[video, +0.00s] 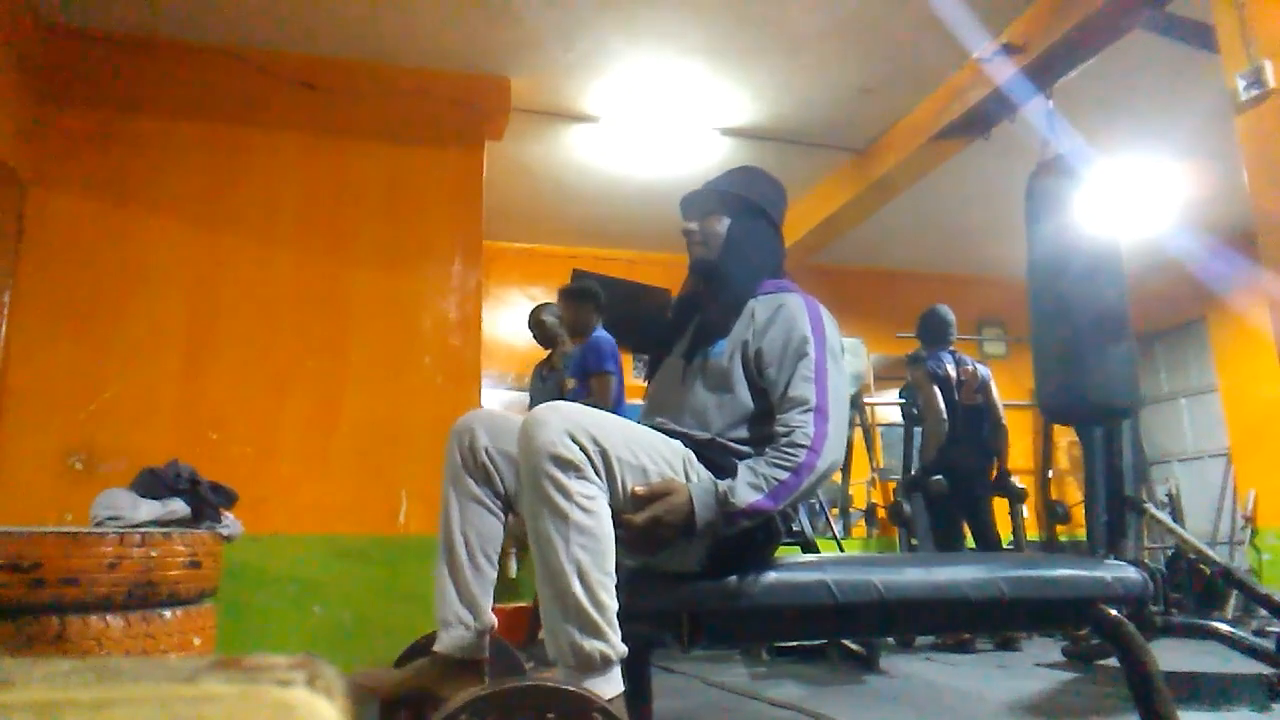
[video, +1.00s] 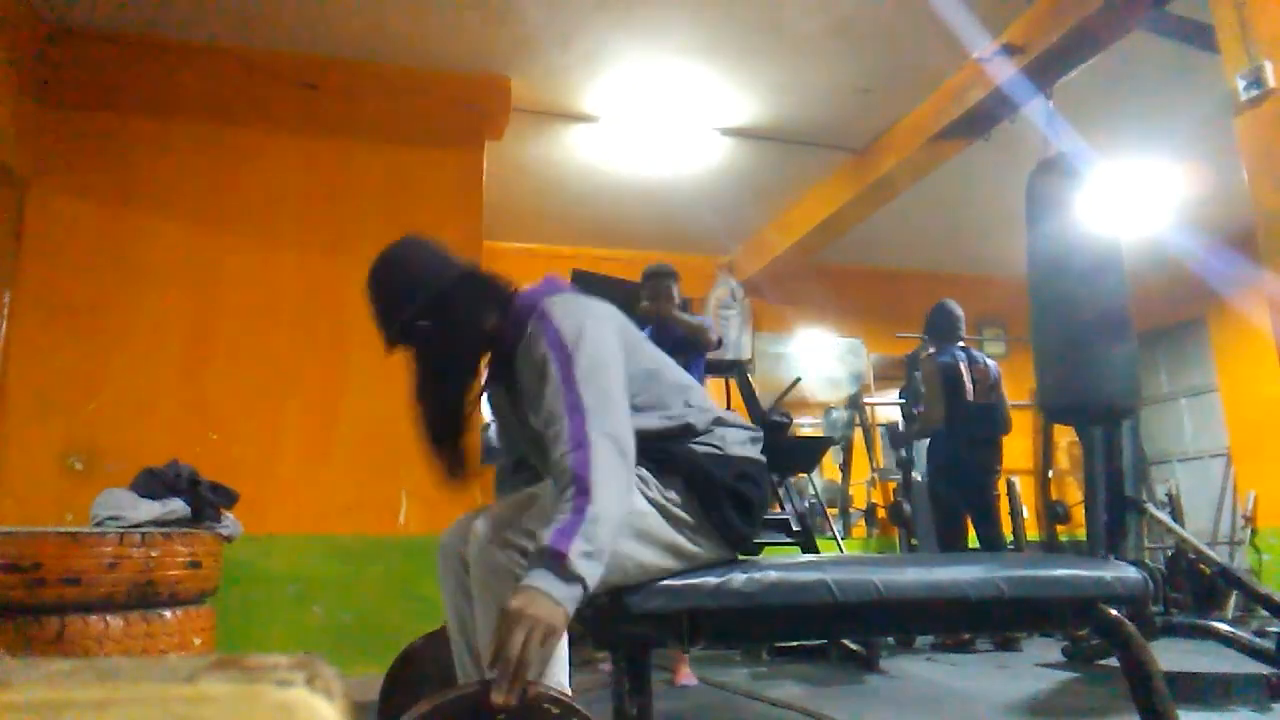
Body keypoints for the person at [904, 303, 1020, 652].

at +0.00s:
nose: (919, 340)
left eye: (920, 334)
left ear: (922, 335)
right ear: (954, 335)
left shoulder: (922, 368)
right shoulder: (979, 369)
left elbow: (937, 419)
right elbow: (999, 423)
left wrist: (925, 467)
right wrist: (1003, 470)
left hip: (944, 473)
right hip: (977, 471)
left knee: (949, 548)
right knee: (990, 544)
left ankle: (958, 629)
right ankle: (1008, 626)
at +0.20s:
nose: (927, 340)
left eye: (927, 334)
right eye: (931, 335)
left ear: (931, 333)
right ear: (963, 331)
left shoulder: (931, 365)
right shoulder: (988, 367)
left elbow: (933, 420)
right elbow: (1005, 424)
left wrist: (912, 438)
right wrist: (981, 443)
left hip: (944, 468)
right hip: (981, 467)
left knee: (949, 547)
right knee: (993, 543)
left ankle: (956, 628)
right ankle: (1008, 625)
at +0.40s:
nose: (927, 345)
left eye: (927, 339)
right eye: (928, 340)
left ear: (932, 336)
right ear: (960, 331)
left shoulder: (937, 364)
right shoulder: (991, 364)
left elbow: (922, 417)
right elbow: (1001, 422)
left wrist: (906, 404)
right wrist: (970, 418)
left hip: (947, 468)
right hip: (983, 466)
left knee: (950, 546)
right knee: (994, 542)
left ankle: (956, 628)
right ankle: (1009, 626)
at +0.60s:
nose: (922, 346)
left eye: (921, 340)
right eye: (924, 341)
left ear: (926, 338)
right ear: (953, 334)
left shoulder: (932, 365)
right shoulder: (985, 365)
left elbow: (915, 417)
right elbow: (992, 416)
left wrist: (907, 390)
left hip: (945, 467)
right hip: (982, 465)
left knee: (950, 545)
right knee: (992, 540)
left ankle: (957, 627)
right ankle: (1007, 626)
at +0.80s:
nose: (926, 343)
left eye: (926, 336)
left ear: (928, 334)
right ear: (960, 330)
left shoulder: (933, 365)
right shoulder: (989, 365)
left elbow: (922, 418)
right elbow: (999, 422)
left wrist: (910, 394)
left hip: (944, 467)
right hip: (981, 467)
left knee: (950, 547)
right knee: (993, 544)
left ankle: (956, 630)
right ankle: (1006, 628)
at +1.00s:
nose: (928, 337)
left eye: (929, 330)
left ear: (930, 330)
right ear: (963, 329)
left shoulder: (933, 363)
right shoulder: (988, 364)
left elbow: (935, 420)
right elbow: (1005, 423)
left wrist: (905, 433)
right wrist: (972, 424)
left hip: (948, 465)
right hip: (984, 465)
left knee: (951, 544)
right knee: (994, 541)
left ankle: (957, 627)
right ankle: (1008, 626)